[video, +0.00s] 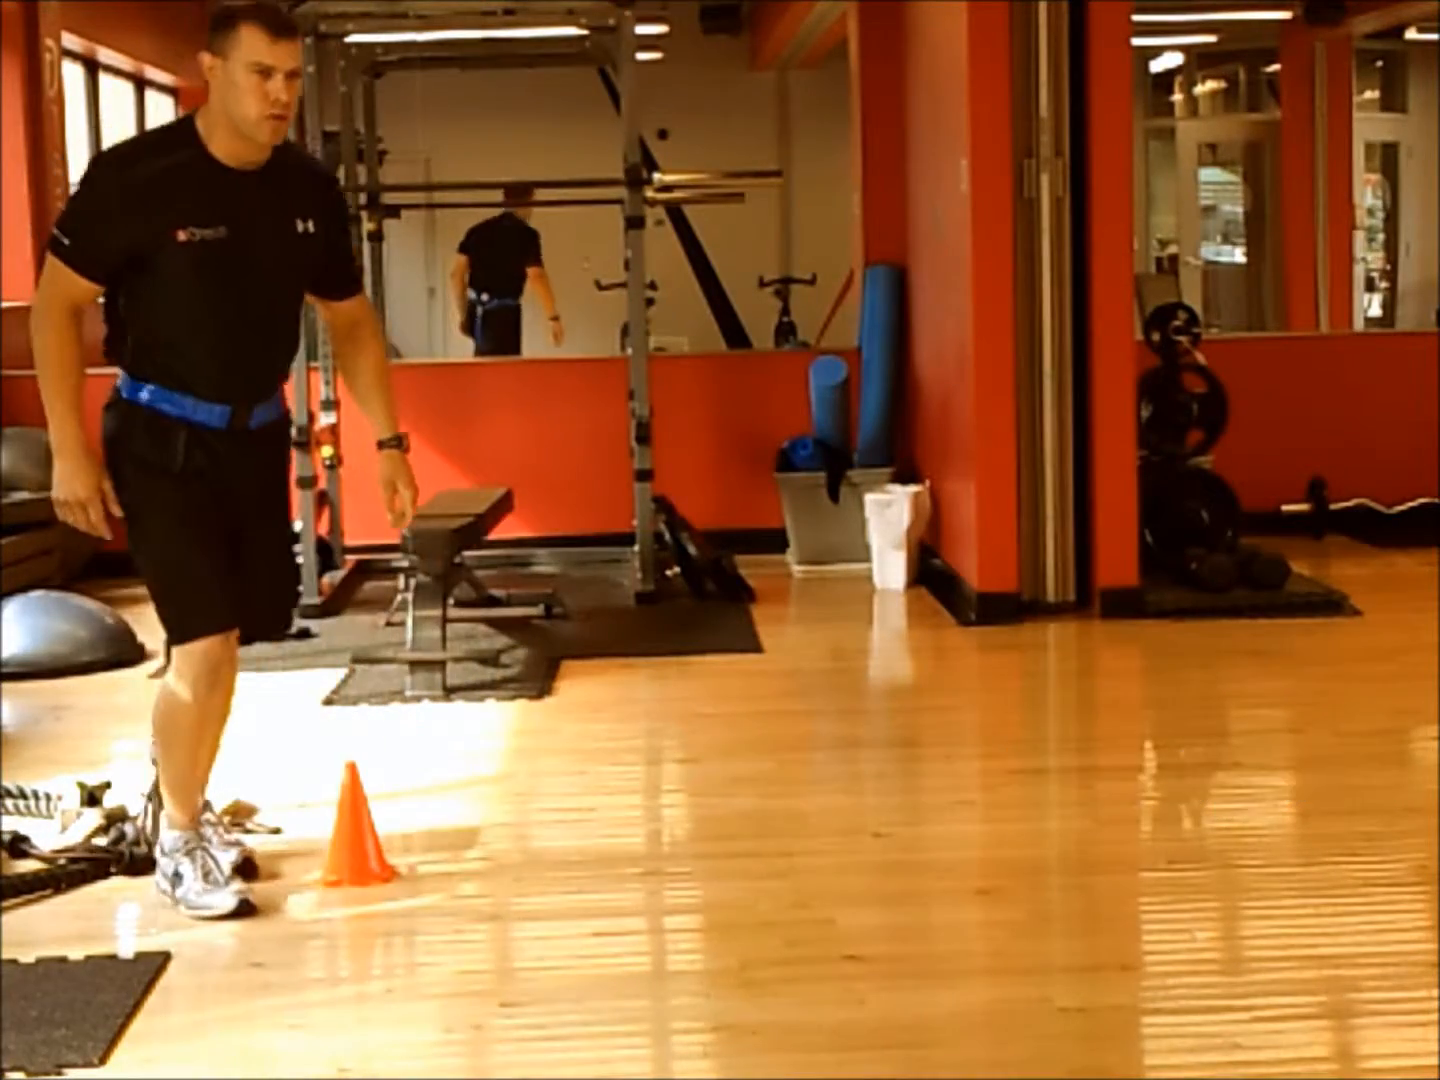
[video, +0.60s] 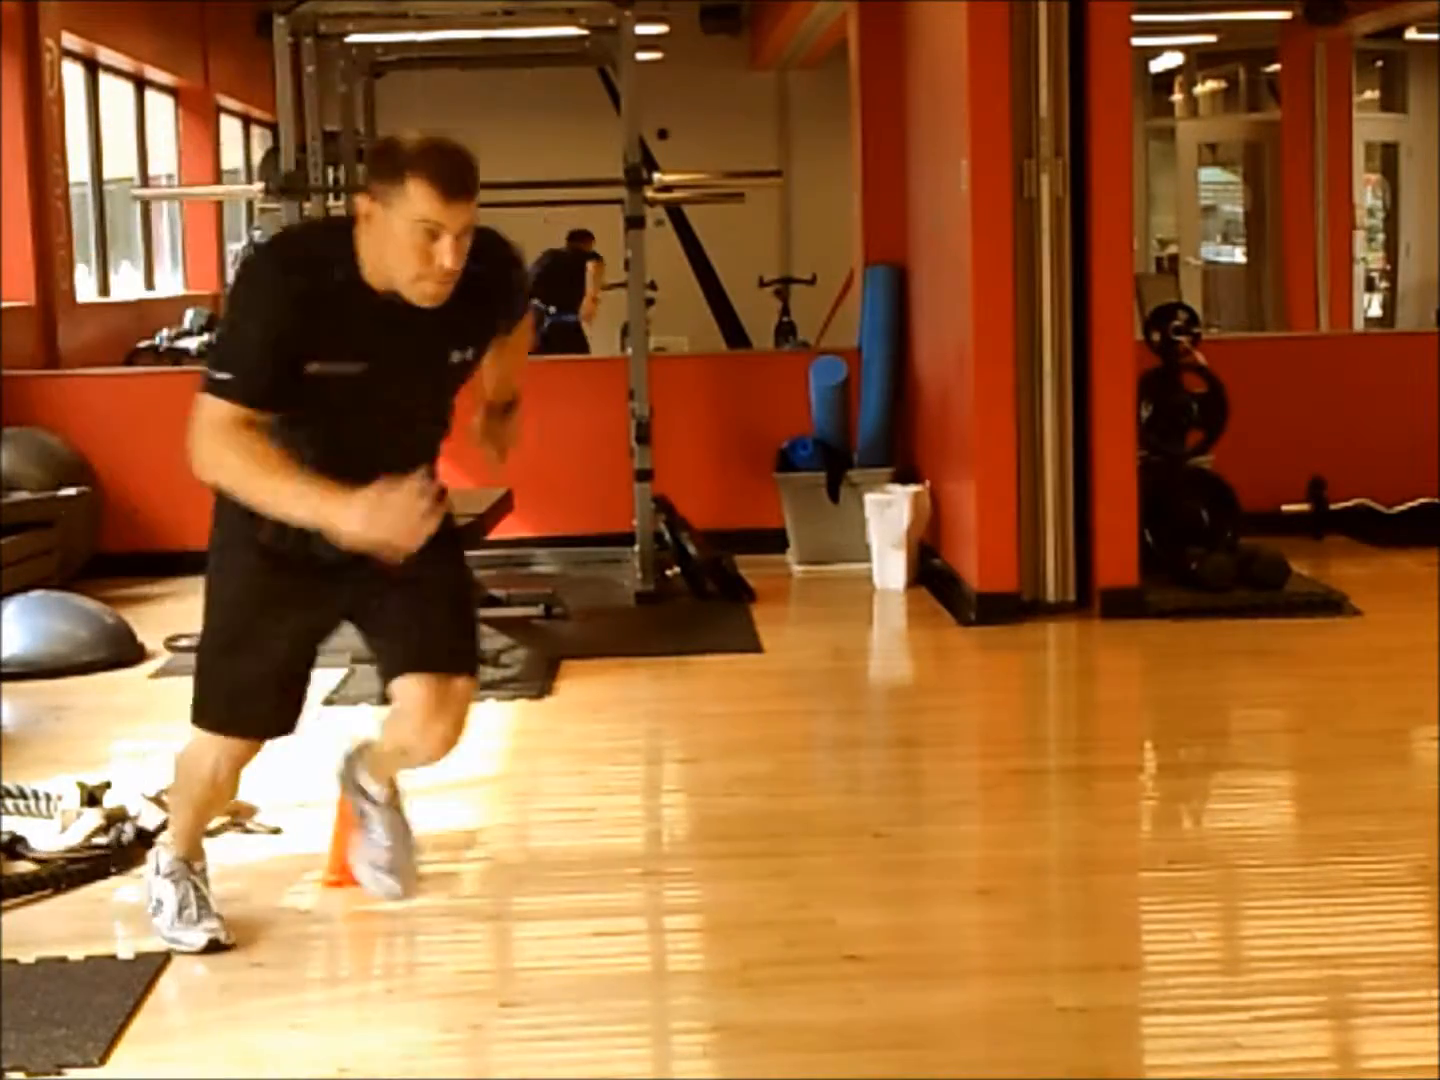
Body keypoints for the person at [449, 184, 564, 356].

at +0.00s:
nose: (531, 209)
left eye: (531, 203)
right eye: (530, 203)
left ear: (506, 201)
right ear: (525, 204)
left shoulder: (478, 231)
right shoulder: (527, 234)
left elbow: (457, 273)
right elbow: (536, 275)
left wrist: (462, 313)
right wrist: (553, 316)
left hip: (478, 310)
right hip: (505, 313)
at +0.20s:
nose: (546, 216)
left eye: (546, 211)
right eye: (545, 211)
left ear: (522, 210)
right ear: (540, 212)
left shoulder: (492, 232)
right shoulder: (542, 240)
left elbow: (462, 266)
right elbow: (549, 281)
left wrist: (459, 311)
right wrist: (556, 319)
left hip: (479, 310)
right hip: (509, 314)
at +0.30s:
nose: (558, 227)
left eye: (558, 223)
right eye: (559, 222)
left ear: (534, 218)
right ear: (555, 222)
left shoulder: (506, 238)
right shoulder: (553, 250)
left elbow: (465, 260)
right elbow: (561, 287)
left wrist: (455, 302)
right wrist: (570, 310)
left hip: (485, 311)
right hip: (514, 318)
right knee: (506, 373)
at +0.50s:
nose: (577, 251)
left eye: (577, 247)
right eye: (577, 247)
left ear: (554, 243)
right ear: (572, 245)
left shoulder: (531, 256)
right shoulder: (576, 261)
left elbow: (489, 275)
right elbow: (582, 298)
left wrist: (483, 316)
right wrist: (583, 329)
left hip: (514, 321)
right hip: (544, 324)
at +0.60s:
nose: (591, 248)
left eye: (591, 245)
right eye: (591, 245)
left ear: (568, 243)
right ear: (587, 244)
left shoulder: (550, 254)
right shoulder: (591, 256)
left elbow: (530, 278)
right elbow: (592, 268)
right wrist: (590, 298)